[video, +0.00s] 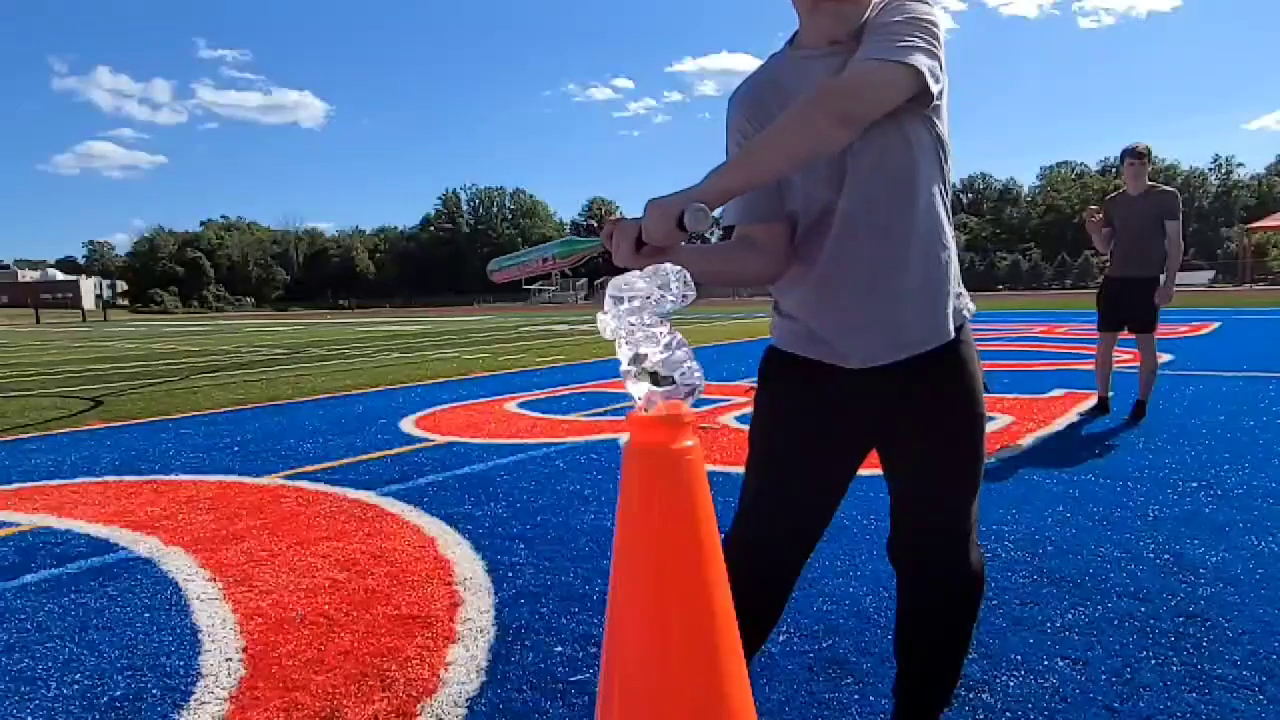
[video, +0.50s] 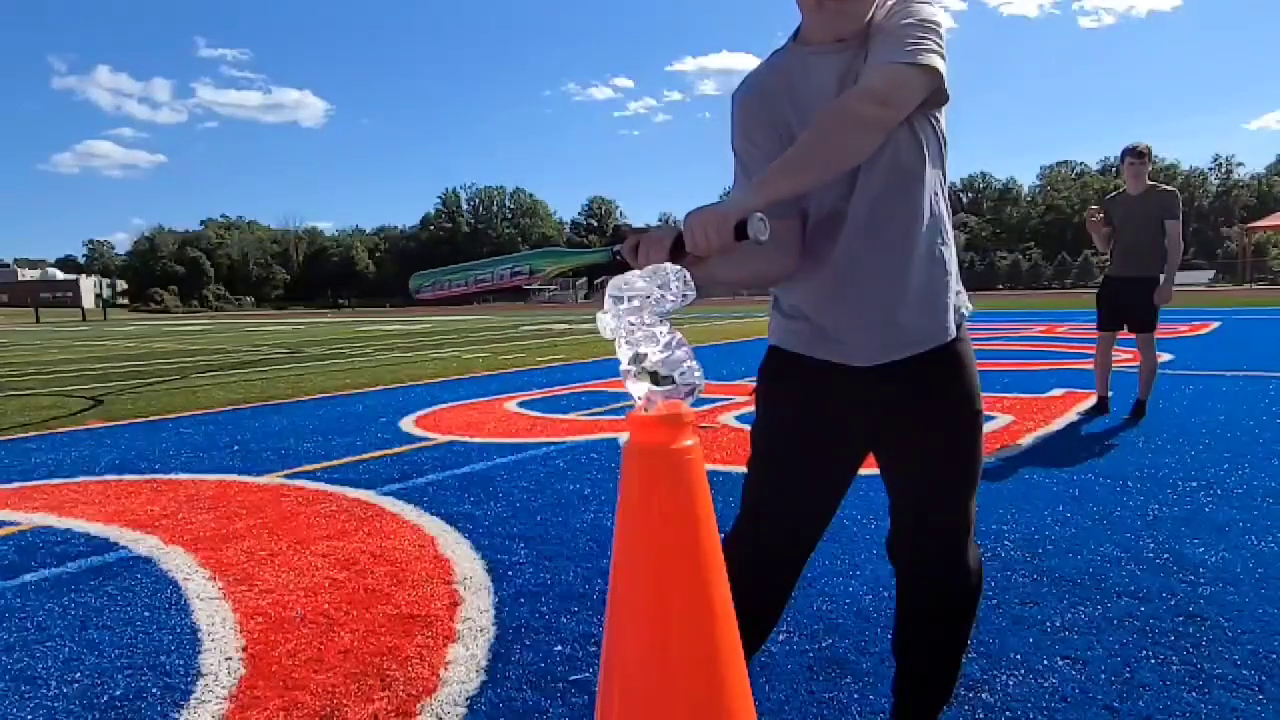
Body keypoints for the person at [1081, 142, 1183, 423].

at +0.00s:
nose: (1135, 165)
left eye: (1140, 160)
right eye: (1130, 161)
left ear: (1148, 165)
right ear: (1122, 167)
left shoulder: (1167, 197)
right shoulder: (1113, 202)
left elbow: (1174, 242)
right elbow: (1104, 247)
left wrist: (1168, 284)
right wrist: (1094, 229)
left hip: (1146, 281)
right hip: (1115, 280)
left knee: (1145, 343)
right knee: (1106, 341)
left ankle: (1141, 402)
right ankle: (1102, 399)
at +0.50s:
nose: (1136, 166)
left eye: (1141, 161)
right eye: (1130, 162)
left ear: (1149, 165)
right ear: (1122, 167)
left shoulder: (1166, 197)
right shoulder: (1112, 202)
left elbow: (1174, 243)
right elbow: (1103, 246)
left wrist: (1167, 282)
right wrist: (1095, 229)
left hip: (1146, 281)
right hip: (1114, 280)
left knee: (1145, 345)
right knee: (1104, 342)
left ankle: (1141, 401)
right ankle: (1102, 399)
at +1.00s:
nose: (1136, 165)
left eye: (1141, 161)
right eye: (1131, 161)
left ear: (1149, 165)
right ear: (1122, 166)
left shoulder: (1166, 196)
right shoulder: (1112, 201)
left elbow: (1174, 242)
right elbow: (1103, 245)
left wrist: (1167, 280)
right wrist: (1095, 227)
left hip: (1146, 279)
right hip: (1114, 279)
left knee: (1145, 343)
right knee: (1104, 341)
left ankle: (1141, 400)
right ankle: (1101, 398)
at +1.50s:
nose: (1136, 165)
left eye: (1141, 160)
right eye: (1131, 160)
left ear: (1149, 163)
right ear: (1122, 165)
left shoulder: (1166, 194)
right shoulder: (1112, 199)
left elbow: (1173, 240)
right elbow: (1102, 244)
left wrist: (1166, 279)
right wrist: (1095, 227)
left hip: (1145, 278)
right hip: (1113, 277)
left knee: (1144, 342)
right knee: (1102, 338)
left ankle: (1139, 400)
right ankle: (1100, 396)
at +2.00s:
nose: (1136, 164)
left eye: (1141, 159)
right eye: (1130, 159)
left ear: (1149, 162)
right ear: (1121, 164)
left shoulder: (1166, 193)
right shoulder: (1112, 198)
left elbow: (1172, 239)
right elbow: (1102, 243)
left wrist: (1165, 277)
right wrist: (1094, 225)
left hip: (1144, 277)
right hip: (1112, 276)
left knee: (1143, 341)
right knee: (1101, 338)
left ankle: (1139, 399)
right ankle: (1099, 395)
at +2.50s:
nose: (1134, 164)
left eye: (1139, 159)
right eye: (1129, 159)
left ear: (1148, 163)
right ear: (1120, 164)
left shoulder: (1165, 193)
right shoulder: (1111, 198)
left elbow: (1172, 239)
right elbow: (1102, 243)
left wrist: (1163, 278)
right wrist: (1094, 226)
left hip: (1143, 277)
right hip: (1111, 277)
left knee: (1142, 341)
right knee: (1099, 339)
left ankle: (1138, 398)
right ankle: (1098, 395)